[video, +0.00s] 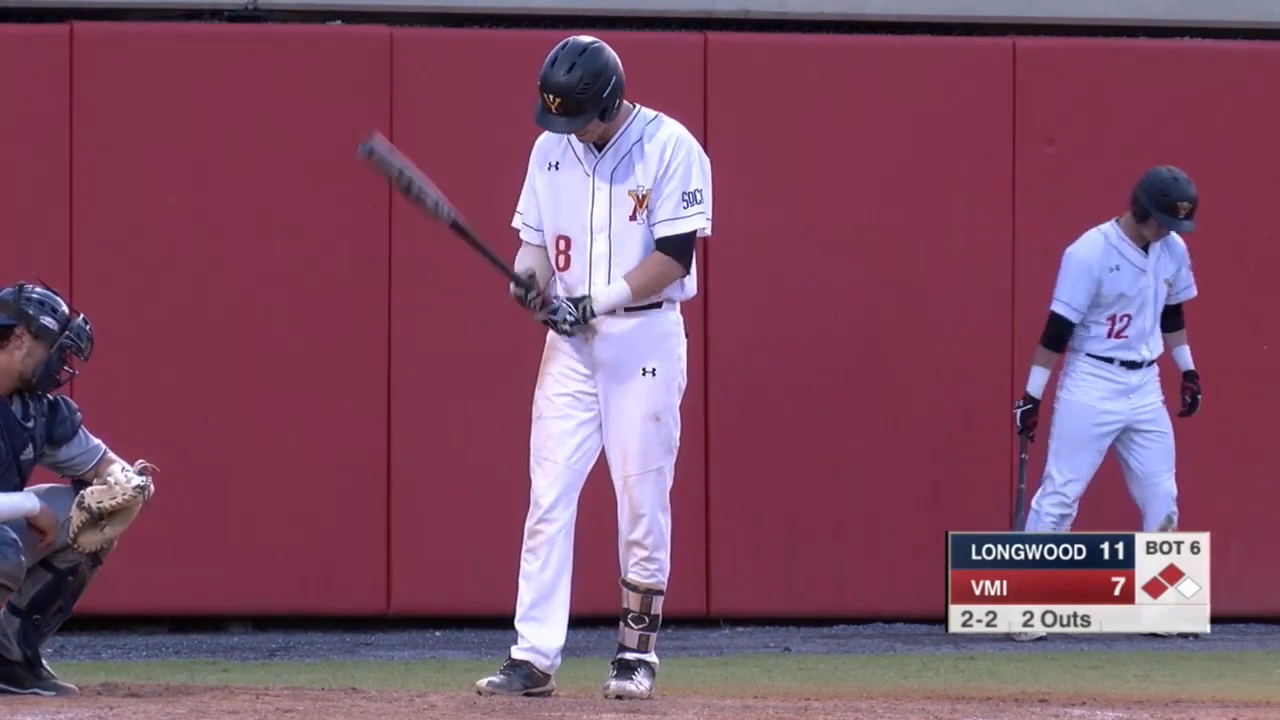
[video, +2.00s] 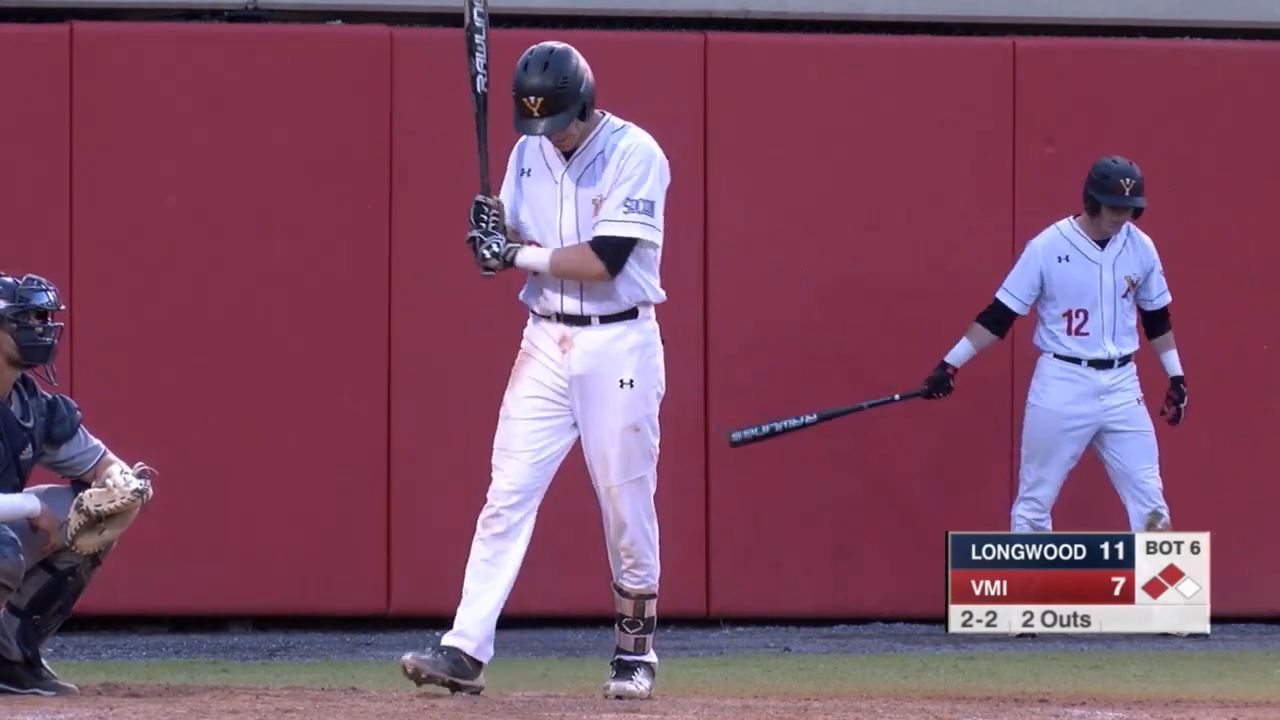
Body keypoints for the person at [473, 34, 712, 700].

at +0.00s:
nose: (571, 132)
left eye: (579, 121)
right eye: (564, 122)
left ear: (613, 103)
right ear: (558, 106)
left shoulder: (672, 146)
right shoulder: (551, 146)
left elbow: (675, 258)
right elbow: (537, 241)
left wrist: (595, 302)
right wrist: (529, 285)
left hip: (644, 343)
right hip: (569, 341)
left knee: (640, 497)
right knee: (549, 499)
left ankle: (636, 654)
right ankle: (533, 657)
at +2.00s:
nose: (545, 131)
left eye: (554, 118)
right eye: (536, 119)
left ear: (583, 102)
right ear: (527, 107)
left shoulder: (635, 152)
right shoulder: (528, 150)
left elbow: (604, 262)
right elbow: (513, 238)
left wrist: (516, 252)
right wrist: (492, 235)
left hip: (617, 346)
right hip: (544, 343)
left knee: (624, 499)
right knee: (507, 496)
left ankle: (634, 651)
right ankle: (465, 650)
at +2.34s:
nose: (457, 141)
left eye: (462, 126)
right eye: (446, 131)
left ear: (488, 107)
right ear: (438, 121)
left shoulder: (556, 139)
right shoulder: (443, 177)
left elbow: (574, 245)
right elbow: (450, 281)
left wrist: (489, 284)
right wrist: (453, 294)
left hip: (577, 347)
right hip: (500, 351)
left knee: (599, 496)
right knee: (471, 503)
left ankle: (633, 647)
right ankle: (460, 662)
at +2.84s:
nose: (440, 150)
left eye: (445, 135)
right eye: (428, 142)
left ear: (469, 111)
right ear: (417, 131)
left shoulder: (541, 145)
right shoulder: (423, 184)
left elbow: (590, 254)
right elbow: (440, 291)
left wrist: (565, 338)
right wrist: (472, 357)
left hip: (583, 331)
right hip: (501, 352)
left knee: (641, 472)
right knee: (470, 510)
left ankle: (715, 634)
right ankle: (461, 661)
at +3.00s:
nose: (480, 172)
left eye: (485, 159)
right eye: (469, 163)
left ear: (511, 137)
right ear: (459, 150)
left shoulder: (580, 169)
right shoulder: (467, 192)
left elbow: (627, 279)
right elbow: (463, 294)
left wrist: (603, 366)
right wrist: (445, 392)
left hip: (618, 353)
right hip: (539, 360)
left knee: (667, 491)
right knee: (484, 508)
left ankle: (744, 655)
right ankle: (461, 661)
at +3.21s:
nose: (543, 212)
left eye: (551, 200)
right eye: (532, 202)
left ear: (580, 176)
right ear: (519, 179)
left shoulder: (639, 207)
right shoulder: (527, 202)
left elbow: (667, 324)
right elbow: (526, 276)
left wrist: (633, 412)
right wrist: (497, 356)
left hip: (660, 374)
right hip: (578, 373)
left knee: (694, 504)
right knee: (513, 510)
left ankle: (755, 661)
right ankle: (462, 664)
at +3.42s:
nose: (583, 247)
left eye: (596, 239)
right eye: (575, 234)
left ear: (627, 220)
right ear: (564, 204)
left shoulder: (674, 253)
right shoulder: (562, 206)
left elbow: (673, 372)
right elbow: (586, 283)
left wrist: (643, 465)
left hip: (666, 377)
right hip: (587, 372)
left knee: (697, 501)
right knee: (526, 506)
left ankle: (754, 661)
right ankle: (463, 663)